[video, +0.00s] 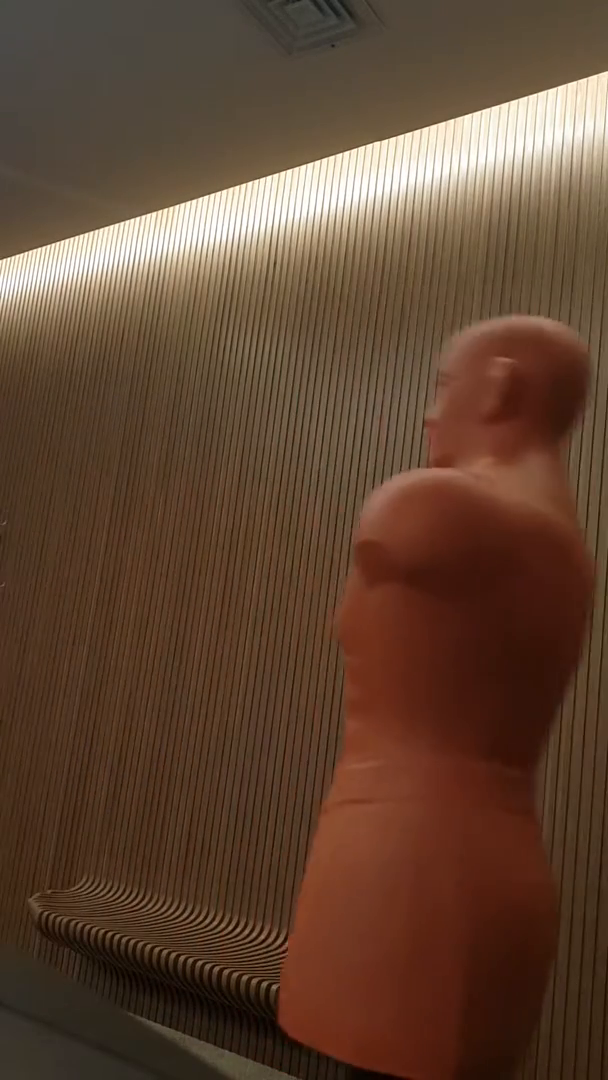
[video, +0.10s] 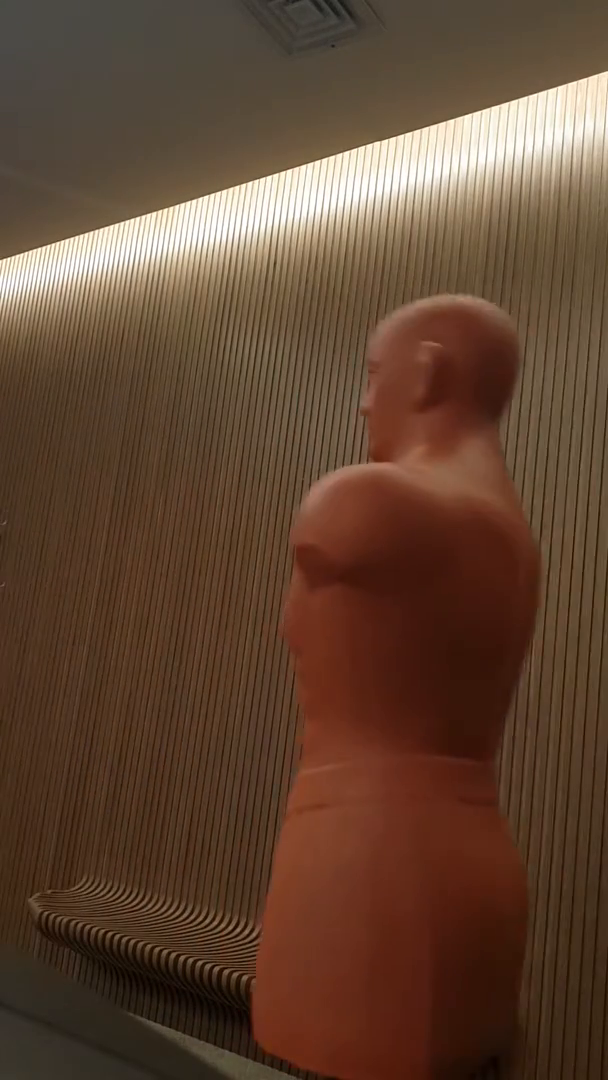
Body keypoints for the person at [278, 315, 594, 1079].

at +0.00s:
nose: (429, 414)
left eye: (444, 388)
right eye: (435, 390)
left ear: (500, 393)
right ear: (555, 415)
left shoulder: (425, 508)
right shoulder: (569, 553)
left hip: (397, 871)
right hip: (504, 867)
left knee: (366, 1062)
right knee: (470, 1065)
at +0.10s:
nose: (364, 400)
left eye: (376, 374)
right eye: (367, 376)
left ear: (429, 375)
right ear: (488, 394)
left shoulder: (362, 503)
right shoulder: (510, 532)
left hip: (365, 870)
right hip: (469, 857)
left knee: (334, 1064)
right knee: (447, 1065)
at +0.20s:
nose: (346, 392)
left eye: (356, 365)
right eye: (349, 368)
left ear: (407, 365)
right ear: (474, 384)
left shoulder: (347, 502)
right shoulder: (496, 527)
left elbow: (284, 618)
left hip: (353, 880)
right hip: (464, 866)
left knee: (326, 1064)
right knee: (442, 1064)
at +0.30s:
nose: (383, 389)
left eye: (394, 361)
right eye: (386, 363)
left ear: (447, 364)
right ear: (510, 385)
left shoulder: (378, 505)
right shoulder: (528, 533)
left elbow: (333, 537)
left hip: (372, 878)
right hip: (482, 862)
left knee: (340, 1064)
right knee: (455, 1067)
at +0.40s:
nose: (431, 398)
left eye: (445, 370)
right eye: (437, 373)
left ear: (504, 372)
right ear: (527, 383)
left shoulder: (427, 505)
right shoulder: (570, 540)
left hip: (402, 878)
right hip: (503, 868)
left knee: (360, 1063)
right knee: (472, 1065)